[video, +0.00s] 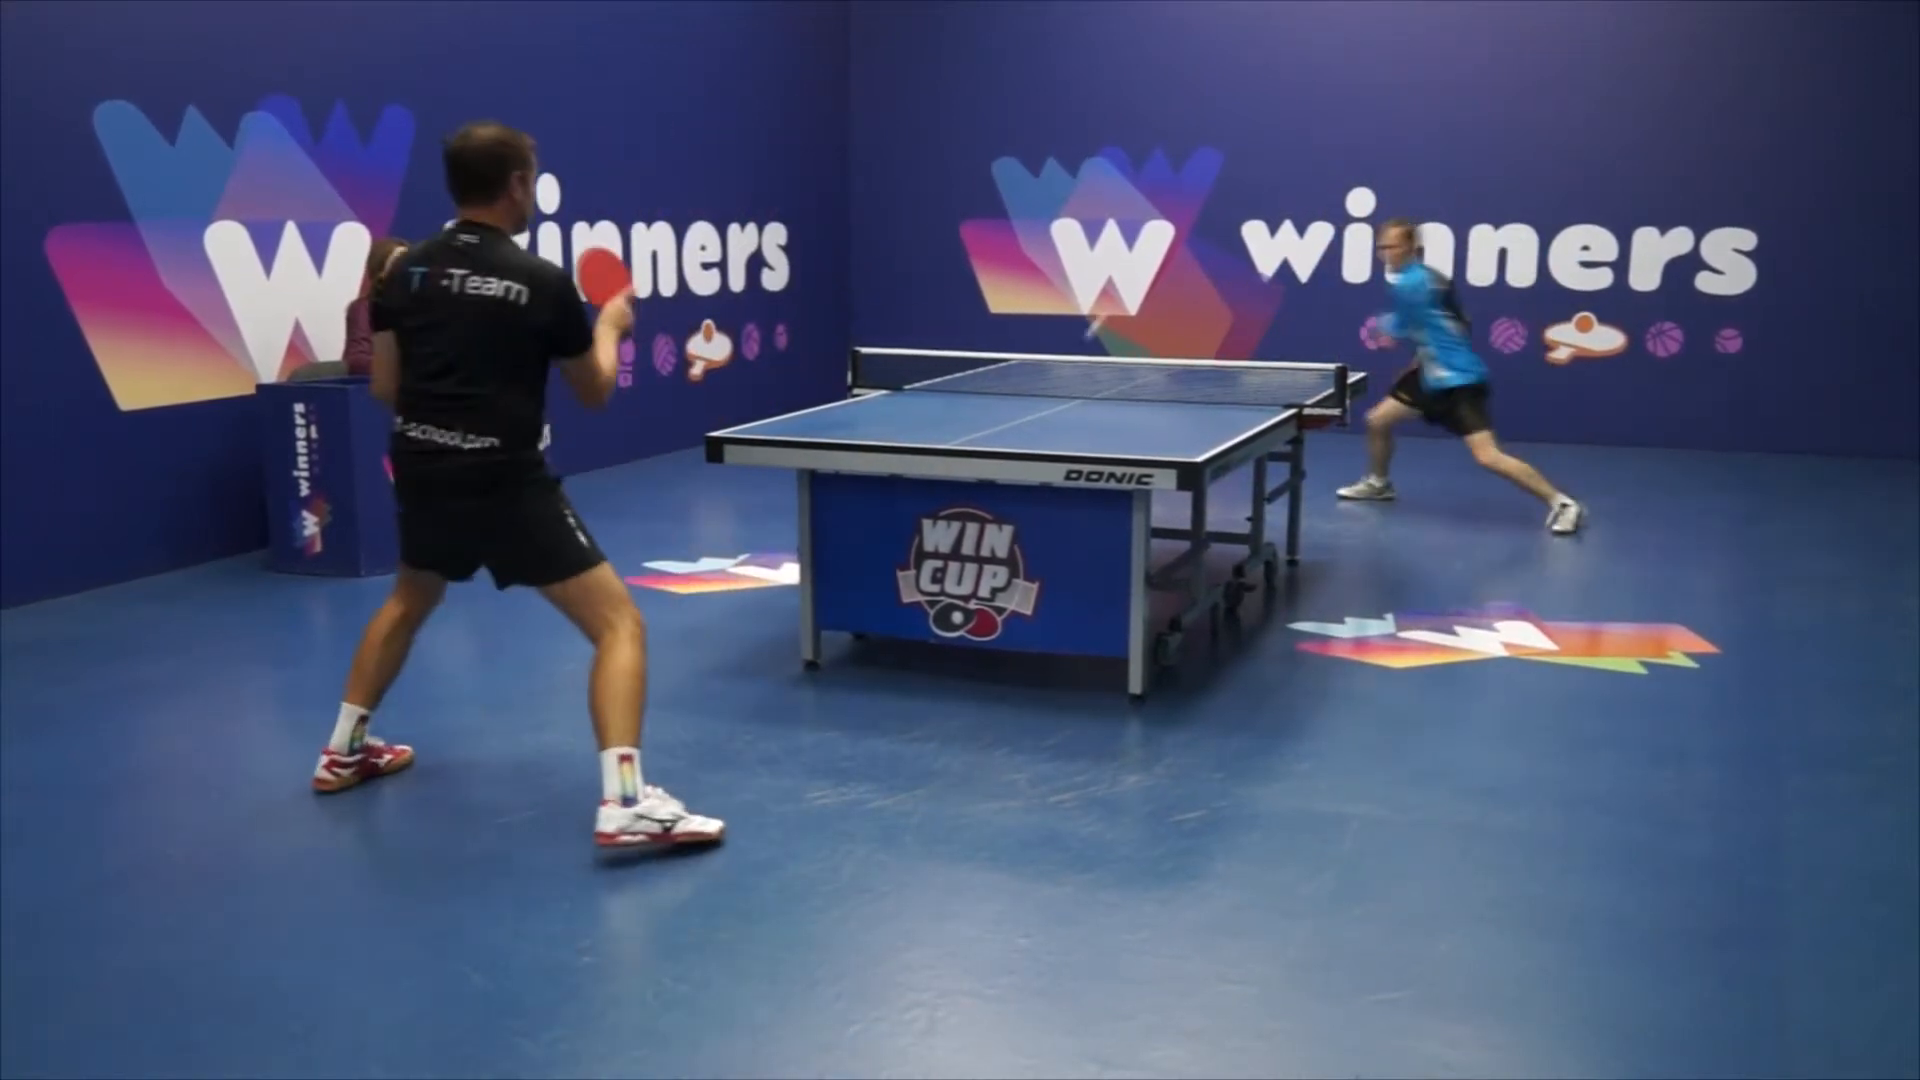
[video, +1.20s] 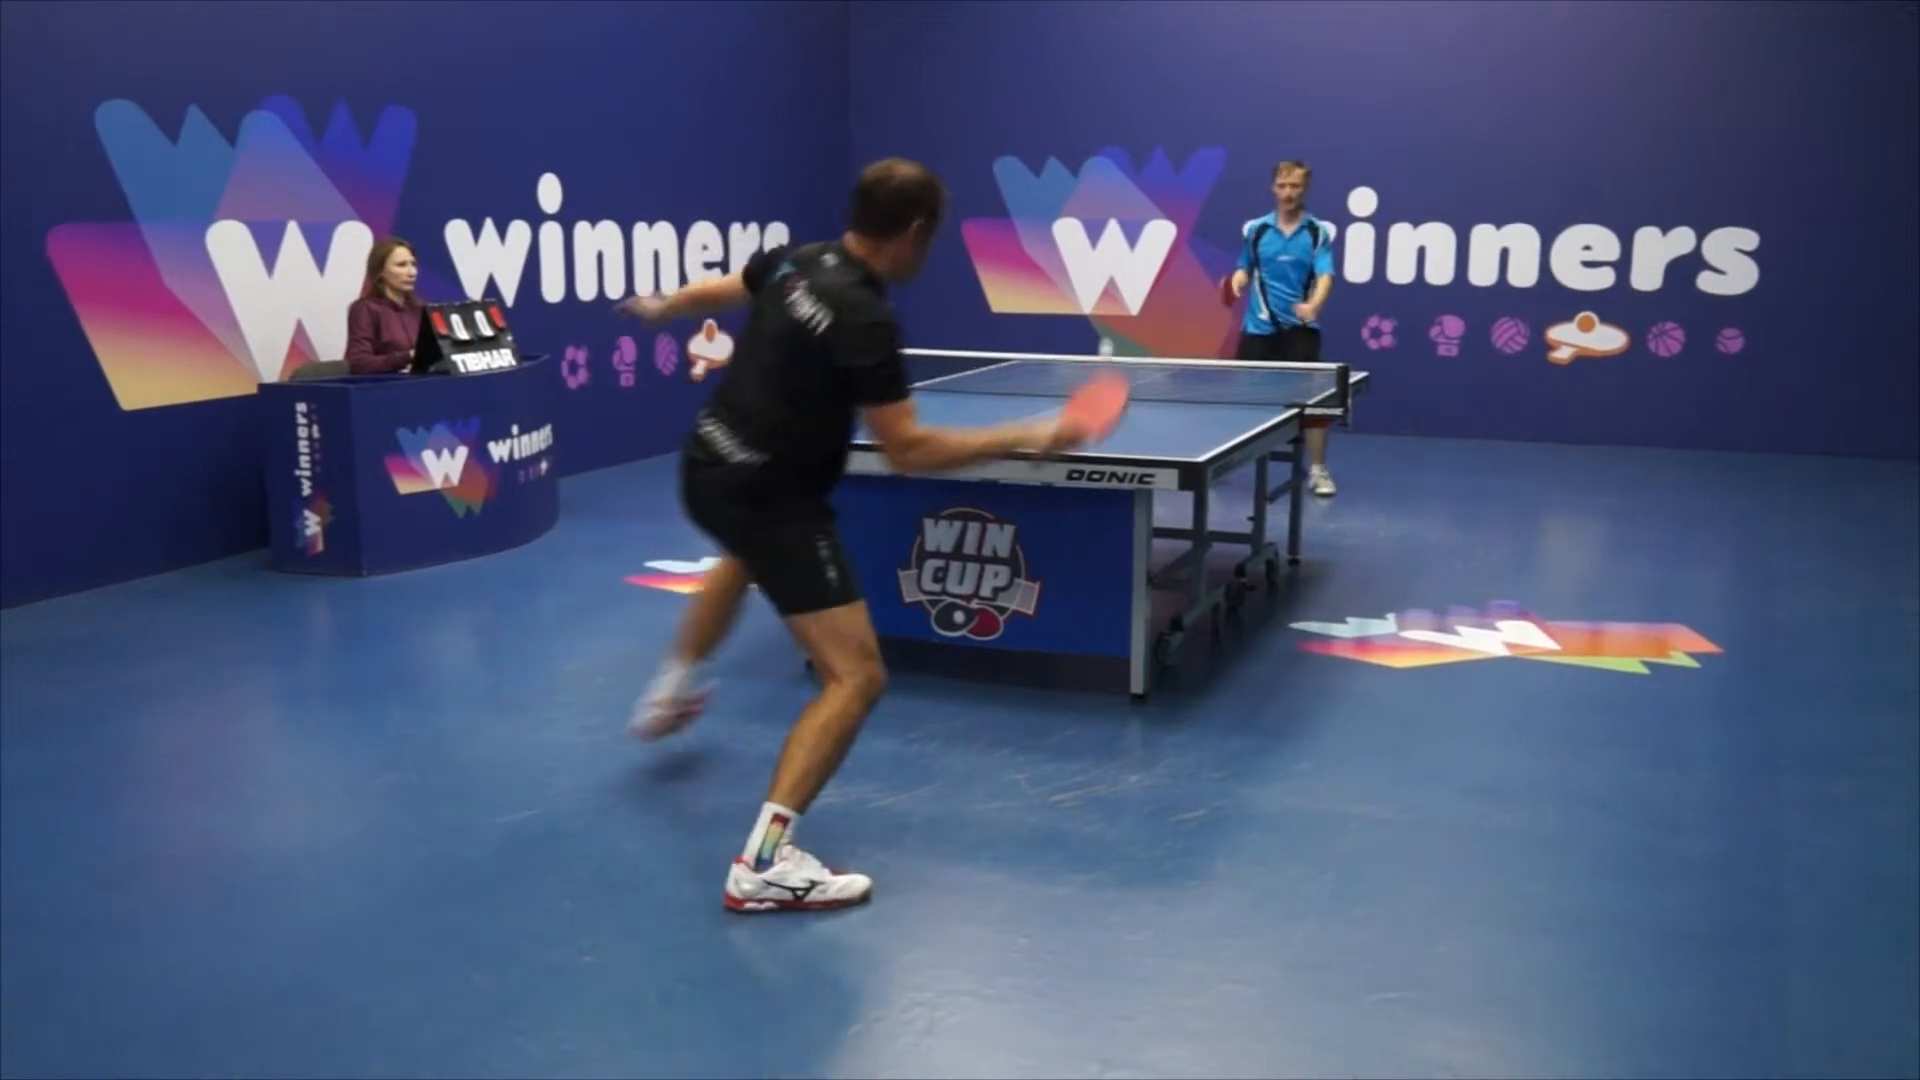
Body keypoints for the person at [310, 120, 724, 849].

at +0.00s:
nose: (536, 190)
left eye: (532, 179)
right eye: (533, 180)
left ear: (456, 188)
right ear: (516, 188)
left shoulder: (405, 270)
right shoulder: (543, 284)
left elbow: (387, 388)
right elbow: (593, 390)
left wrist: (453, 381)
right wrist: (609, 326)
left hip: (422, 478)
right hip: (508, 482)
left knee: (409, 600)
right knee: (618, 625)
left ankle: (344, 744)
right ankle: (624, 797)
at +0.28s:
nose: (645, 174)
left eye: (642, 162)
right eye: (641, 164)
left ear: (564, 171)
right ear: (627, 171)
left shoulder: (504, 235)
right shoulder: (639, 248)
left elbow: (439, 332)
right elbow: (672, 381)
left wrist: (476, 389)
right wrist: (707, 363)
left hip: (504, 452)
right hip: (594, 453)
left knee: (481, 581)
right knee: (720, 594)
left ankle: (419, 739)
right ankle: (703, 774)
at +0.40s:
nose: (698, 201)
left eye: (692, 189)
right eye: (695, 190)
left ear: (621, 192)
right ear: (682, 196)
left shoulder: (563, 264)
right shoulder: (683, 285)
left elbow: (500, 367)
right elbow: (708, 418)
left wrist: (550, 419)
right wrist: (803, 429)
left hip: (552, 472)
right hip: (640, 480)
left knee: (533, 607)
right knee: (755, 643)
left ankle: (479, 775)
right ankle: (814, 824)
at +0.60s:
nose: (776, 239)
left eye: (776, 226)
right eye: (775, 227)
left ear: (703, 216)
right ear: (755, 226)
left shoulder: (641, 273)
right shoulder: (719, 316)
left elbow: (579, 383)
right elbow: (754, 450)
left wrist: (649, 424)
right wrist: (865, 438)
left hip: (589, 492)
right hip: (668, 507)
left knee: (598, 632)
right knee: (811, 636)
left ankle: (485, 778)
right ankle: (829, 836)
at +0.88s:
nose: (817, 230)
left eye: (819, 217)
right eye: (819, 217)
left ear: (744, 203)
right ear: (799, 216)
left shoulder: (688, 251)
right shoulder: (765, 320)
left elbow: (615, 335)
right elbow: (793, 461)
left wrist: (682, 387)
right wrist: (910, 472)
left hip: (613, 470)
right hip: (686, 494)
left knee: (572, 638)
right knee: (833, 632)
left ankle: (479, 781)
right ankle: (811, 831)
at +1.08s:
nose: (889, 244)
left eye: (889, 230)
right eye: (889, 231)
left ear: (817, 215)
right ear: (869, 231)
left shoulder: (755, 257)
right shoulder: (834, 329)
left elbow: (675, 283)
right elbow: (873, 463)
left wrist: (723, 316)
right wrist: (999, 483)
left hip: (673, 476)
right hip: (741, 513)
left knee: (684, 597)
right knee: (846, 676)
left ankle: (565, 727)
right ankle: (764, 857)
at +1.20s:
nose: (928, 249)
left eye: (928, 236)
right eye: (929, 237)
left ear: (861, 218)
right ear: (909, 235)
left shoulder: (797, 260)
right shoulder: (868, 321)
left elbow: (714, 292)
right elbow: (907, 447)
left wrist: (658, 305)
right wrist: (1027, 439)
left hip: (705, 470)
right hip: (771, 504)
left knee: (746, 552)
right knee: (856, 677)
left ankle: (672, 691)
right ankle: (765, 855)